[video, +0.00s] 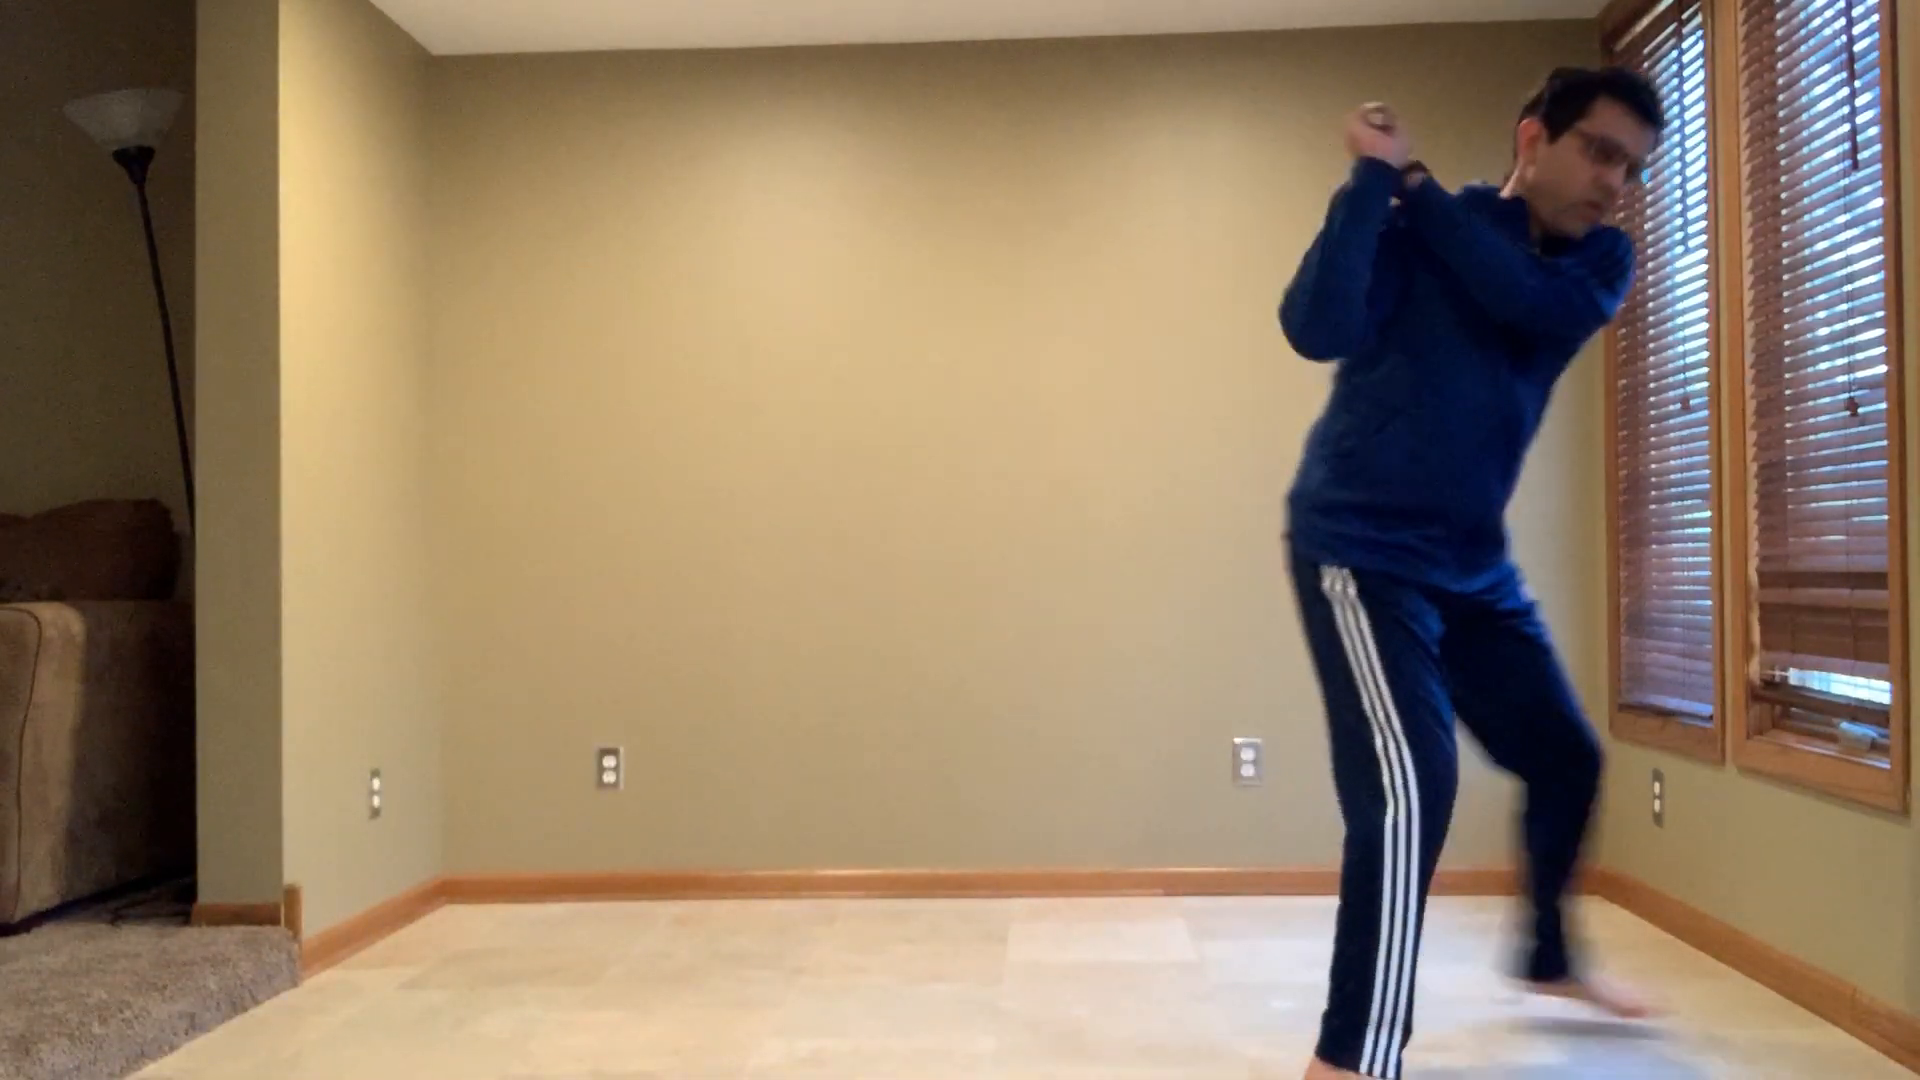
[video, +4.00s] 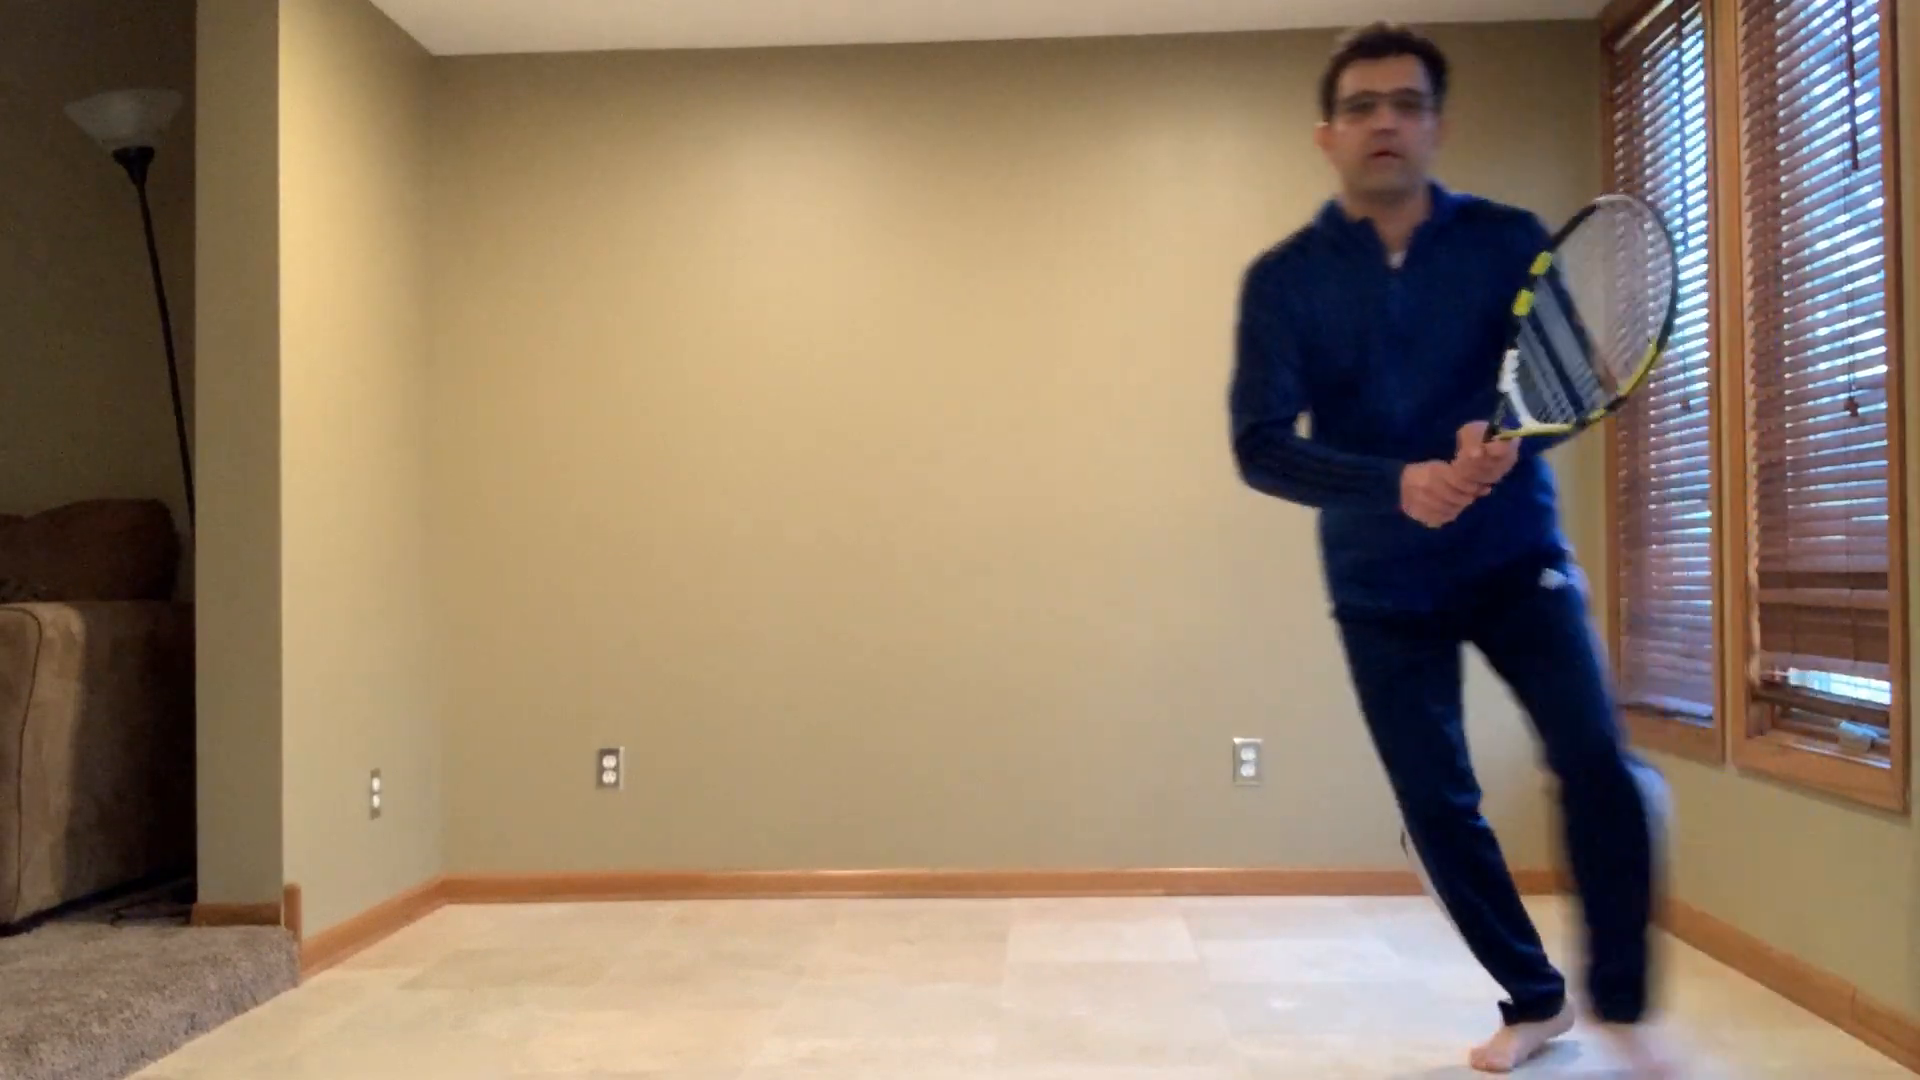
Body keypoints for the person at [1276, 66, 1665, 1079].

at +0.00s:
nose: (1616, 186)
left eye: (1634, 169)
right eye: (1601, 154)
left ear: (1636, 182)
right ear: (1532, 139)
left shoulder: (1602, 255)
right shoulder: (1418, 217)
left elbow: (1532, 313)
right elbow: (1315, 329)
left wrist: (1423, 193)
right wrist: (1369, 182)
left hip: (1470, 555)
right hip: (1357, 541)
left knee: (1566, 758)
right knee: (1408, 783)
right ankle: (1349, 1057)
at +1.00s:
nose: (1028, 157)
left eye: (1052, 140)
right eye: (1010, 139)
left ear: (1094, 164)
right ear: (986, 161)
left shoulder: (1150, 279)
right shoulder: (951, 299)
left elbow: (1193, 429)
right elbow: (932, 455)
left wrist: (1085, 507)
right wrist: (996, 526)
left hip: (1151, 586)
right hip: (1015, 591)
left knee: (1226, 786)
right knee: (931, 788)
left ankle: (1302, 1018)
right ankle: (876, 1001)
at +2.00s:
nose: (479, 272)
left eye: (506, 258)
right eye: (464, 250)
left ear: (540, 288)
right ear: (435, 259)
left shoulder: (559, 398)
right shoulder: (354, 363)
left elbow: (555, 542)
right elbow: (302, 511)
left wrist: (483, 615)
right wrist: (373, 631)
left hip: (494, 618)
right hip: (357, 609)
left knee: (568, 778)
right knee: (259, 814)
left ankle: (550, 985)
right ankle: (239, 1014)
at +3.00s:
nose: (1515, 252)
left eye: (1527, 235)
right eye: (1507, 222)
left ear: (1443, 207)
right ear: (1436, 192)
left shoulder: (1426, 310)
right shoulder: (1324, 289)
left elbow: (1432, 464)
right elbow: (1367, 489)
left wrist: (1466, 613)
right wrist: (1472, 611)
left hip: (1268, 571)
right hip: (1213, 566)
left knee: (1260, 801)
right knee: (1381, 786)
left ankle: (1063, 927)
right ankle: (1384, 1066)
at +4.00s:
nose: (1385, 124)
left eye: (1408, 104)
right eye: (1360, 106)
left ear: (1440, 127)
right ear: (1325, 134)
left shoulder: (1506, 238)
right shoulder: (1284, 280)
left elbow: (1570, 377)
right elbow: (1260, 449)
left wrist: (1509, 435)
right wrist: (1394, 480)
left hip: (1515, 556)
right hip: (1383, 579)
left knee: (1595, 759)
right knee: (1435, 805)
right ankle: (1533, 1001)